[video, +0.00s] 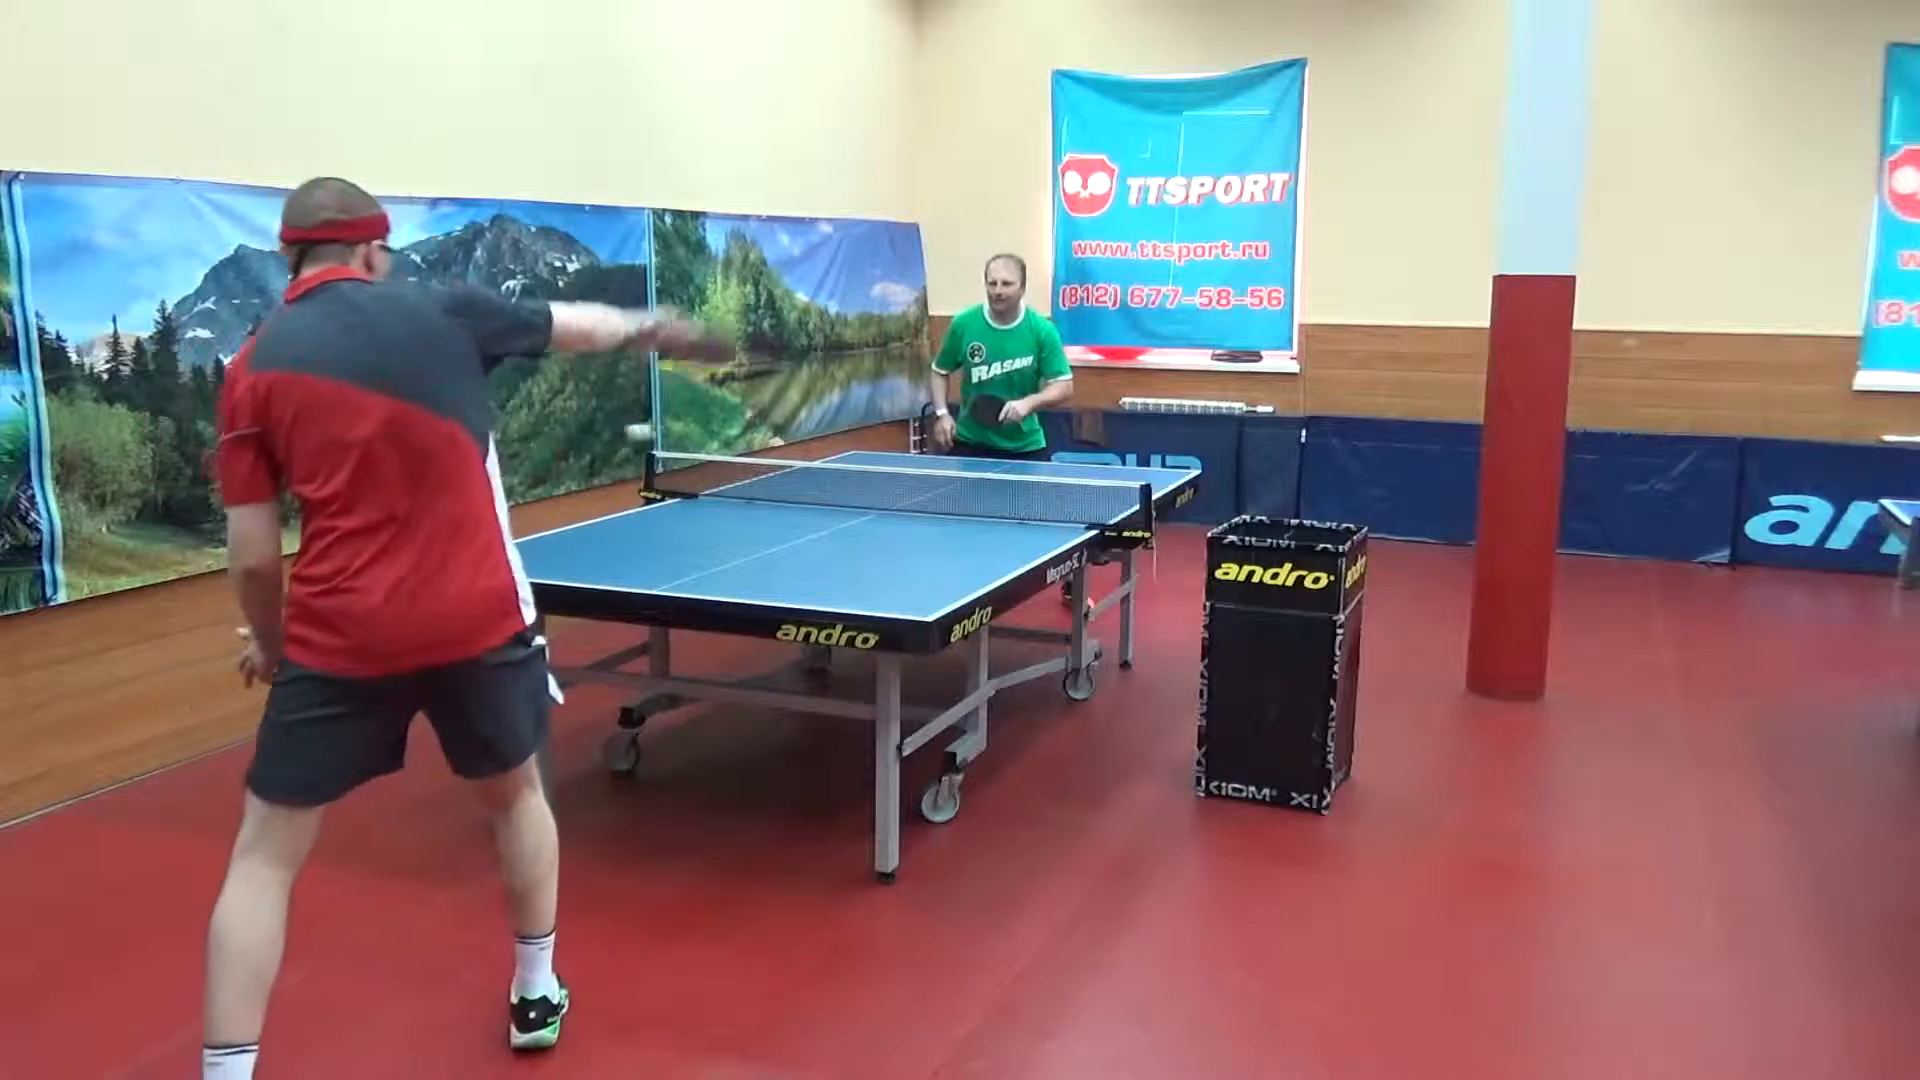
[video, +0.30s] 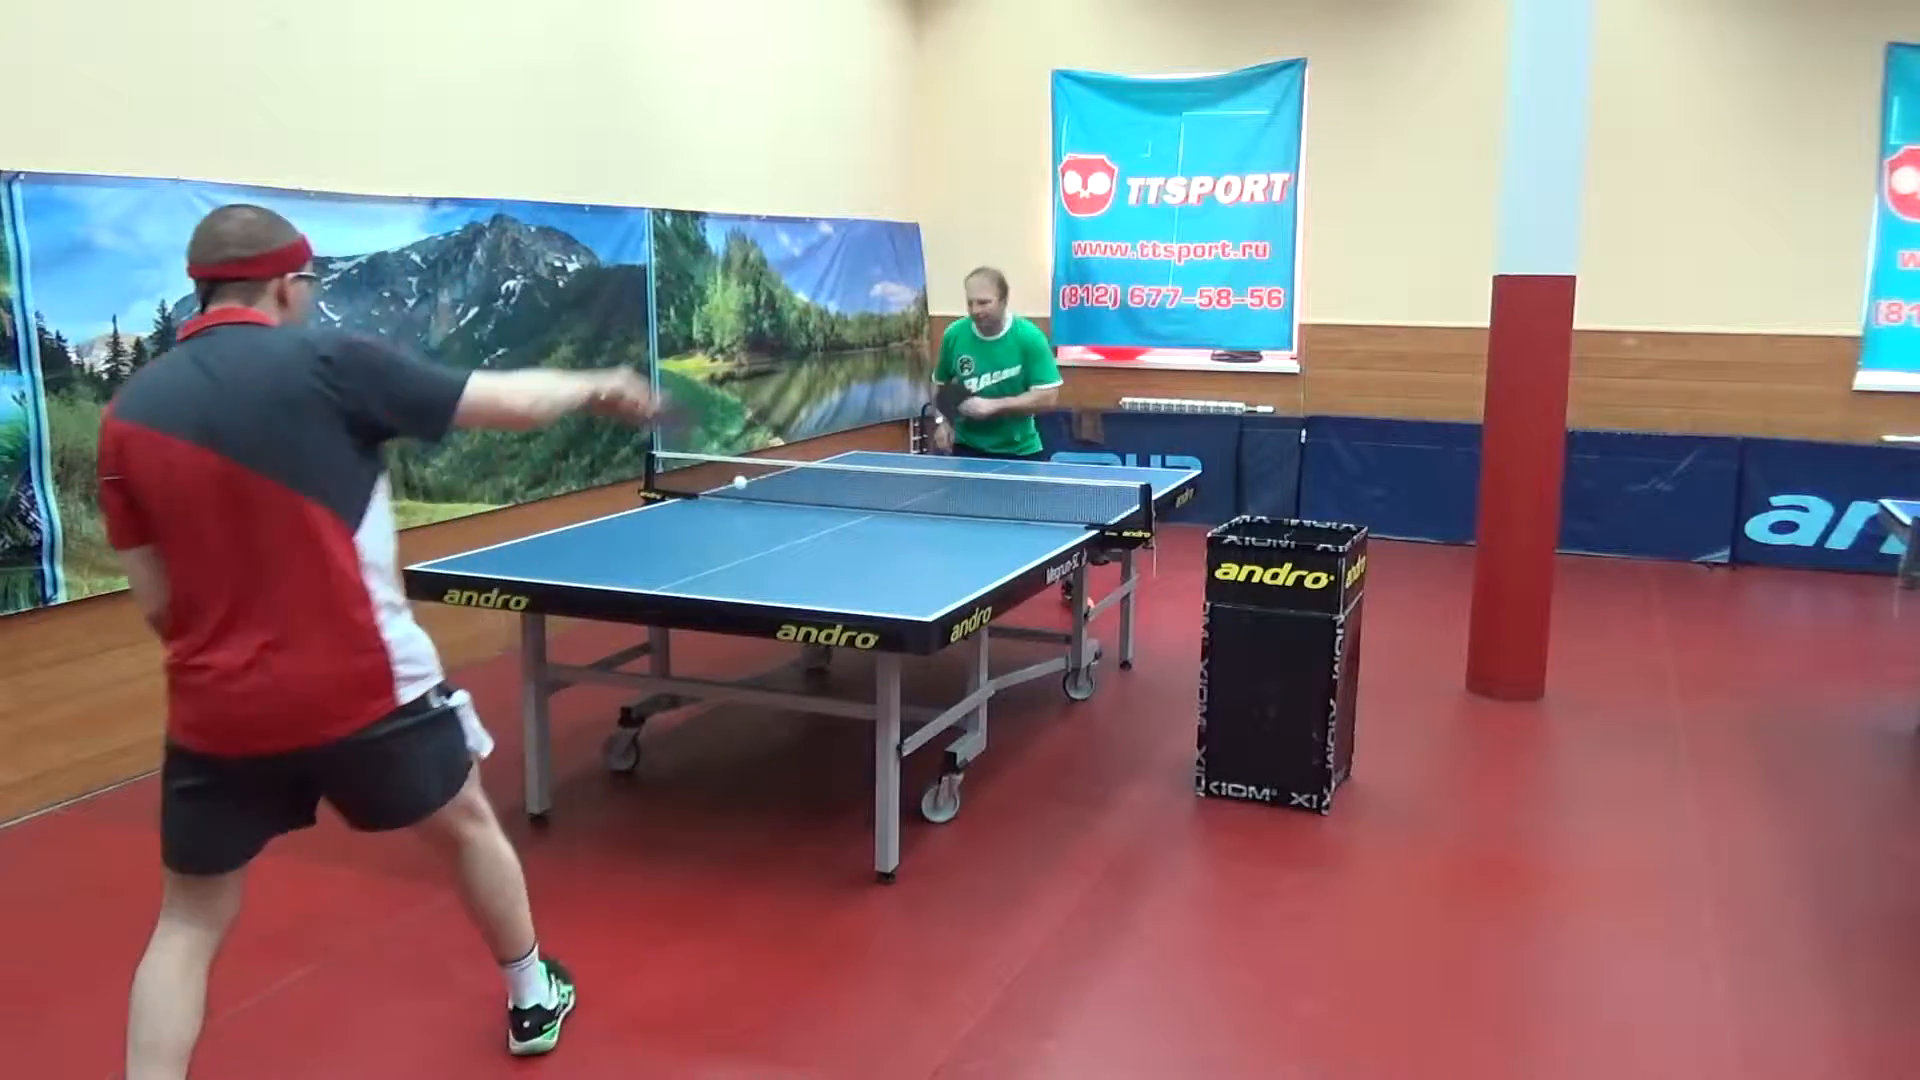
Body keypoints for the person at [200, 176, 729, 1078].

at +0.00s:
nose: (386, 260)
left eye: (380, 250)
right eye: (384, 249)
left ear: (291, 258)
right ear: (375, 250)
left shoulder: (254, 367)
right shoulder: (444, 309)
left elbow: (255, 554)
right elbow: (597, 328)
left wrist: (270, 648)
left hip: (339, 631)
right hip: (477, 616)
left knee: (265, 855)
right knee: (515, 796)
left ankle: (227, 1070)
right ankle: (538, 995)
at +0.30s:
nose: (311, 298)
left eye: (308, 283)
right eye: (305, 284)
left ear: (202, 289)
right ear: (280, 286)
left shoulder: (129, 410)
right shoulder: (327, 361)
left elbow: (158, 601)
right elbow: (503, 401)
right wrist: (597, 385)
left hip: (218, 711)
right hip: (365, 688)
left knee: (187, 920)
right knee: (467, 823)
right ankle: (532, 996)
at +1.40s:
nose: (283, 233)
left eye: (281, 221)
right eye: (268, 222)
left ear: (253, 231)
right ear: (219, 231)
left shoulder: (278, 305)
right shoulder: (152, 309)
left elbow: (342, 397)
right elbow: (101, 412)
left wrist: (426, 378)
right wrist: (203, 425)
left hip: (280, 525)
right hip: (193, 537)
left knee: (323, 656)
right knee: (201, 690)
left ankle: (256, 784)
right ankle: (185, 841)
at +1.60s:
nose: (308, 244)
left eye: (307, 230)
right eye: (294, 234)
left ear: (276, 243)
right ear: (245, 244)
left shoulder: (303, 315)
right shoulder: (172, 316)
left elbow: (351, 401)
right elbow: (83, 409)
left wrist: (449, 407)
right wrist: (135, 391)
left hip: (296, 533)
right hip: (205, 546)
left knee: (368, 652)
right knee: (206, 699)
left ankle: (344, 812)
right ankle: (187, 842)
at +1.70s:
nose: (347, 265)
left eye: (346, 251)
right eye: (333, 254)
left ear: (303, 261)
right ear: (284, 261)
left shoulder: (326, 326)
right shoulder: (208, 324)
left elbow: (352, 408)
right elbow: (106, 417)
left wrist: (450, 426)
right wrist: (133, 392)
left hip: (309, 540)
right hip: (223, 551)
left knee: (390, 654)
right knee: (221, 706)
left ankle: (395, 823)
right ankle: (189, 844)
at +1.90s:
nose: (455, 311)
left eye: (456, 298)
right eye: (445, 298)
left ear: (405, 297)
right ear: (397, 296)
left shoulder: (390, 362)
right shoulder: (303, 348)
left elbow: (356, 436)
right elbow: (206, 426)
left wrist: (433, 466)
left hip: (355, 561)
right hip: (279, 572)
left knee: (436, 667)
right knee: (282, 728)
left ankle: (426, 835)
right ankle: (195, 831)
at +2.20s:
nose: (528, 328)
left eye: (529, 316)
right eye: (526, 315)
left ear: (465, 304)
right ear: (502, 312)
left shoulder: (396, 351)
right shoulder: (452, 369)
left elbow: (362, 470)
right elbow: (428, 493)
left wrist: (450, 471)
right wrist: (490, 480)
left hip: (356, 564)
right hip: (384, 570)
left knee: (463, 697)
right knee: (483, 726)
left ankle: (430, 841)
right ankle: (335, 874)